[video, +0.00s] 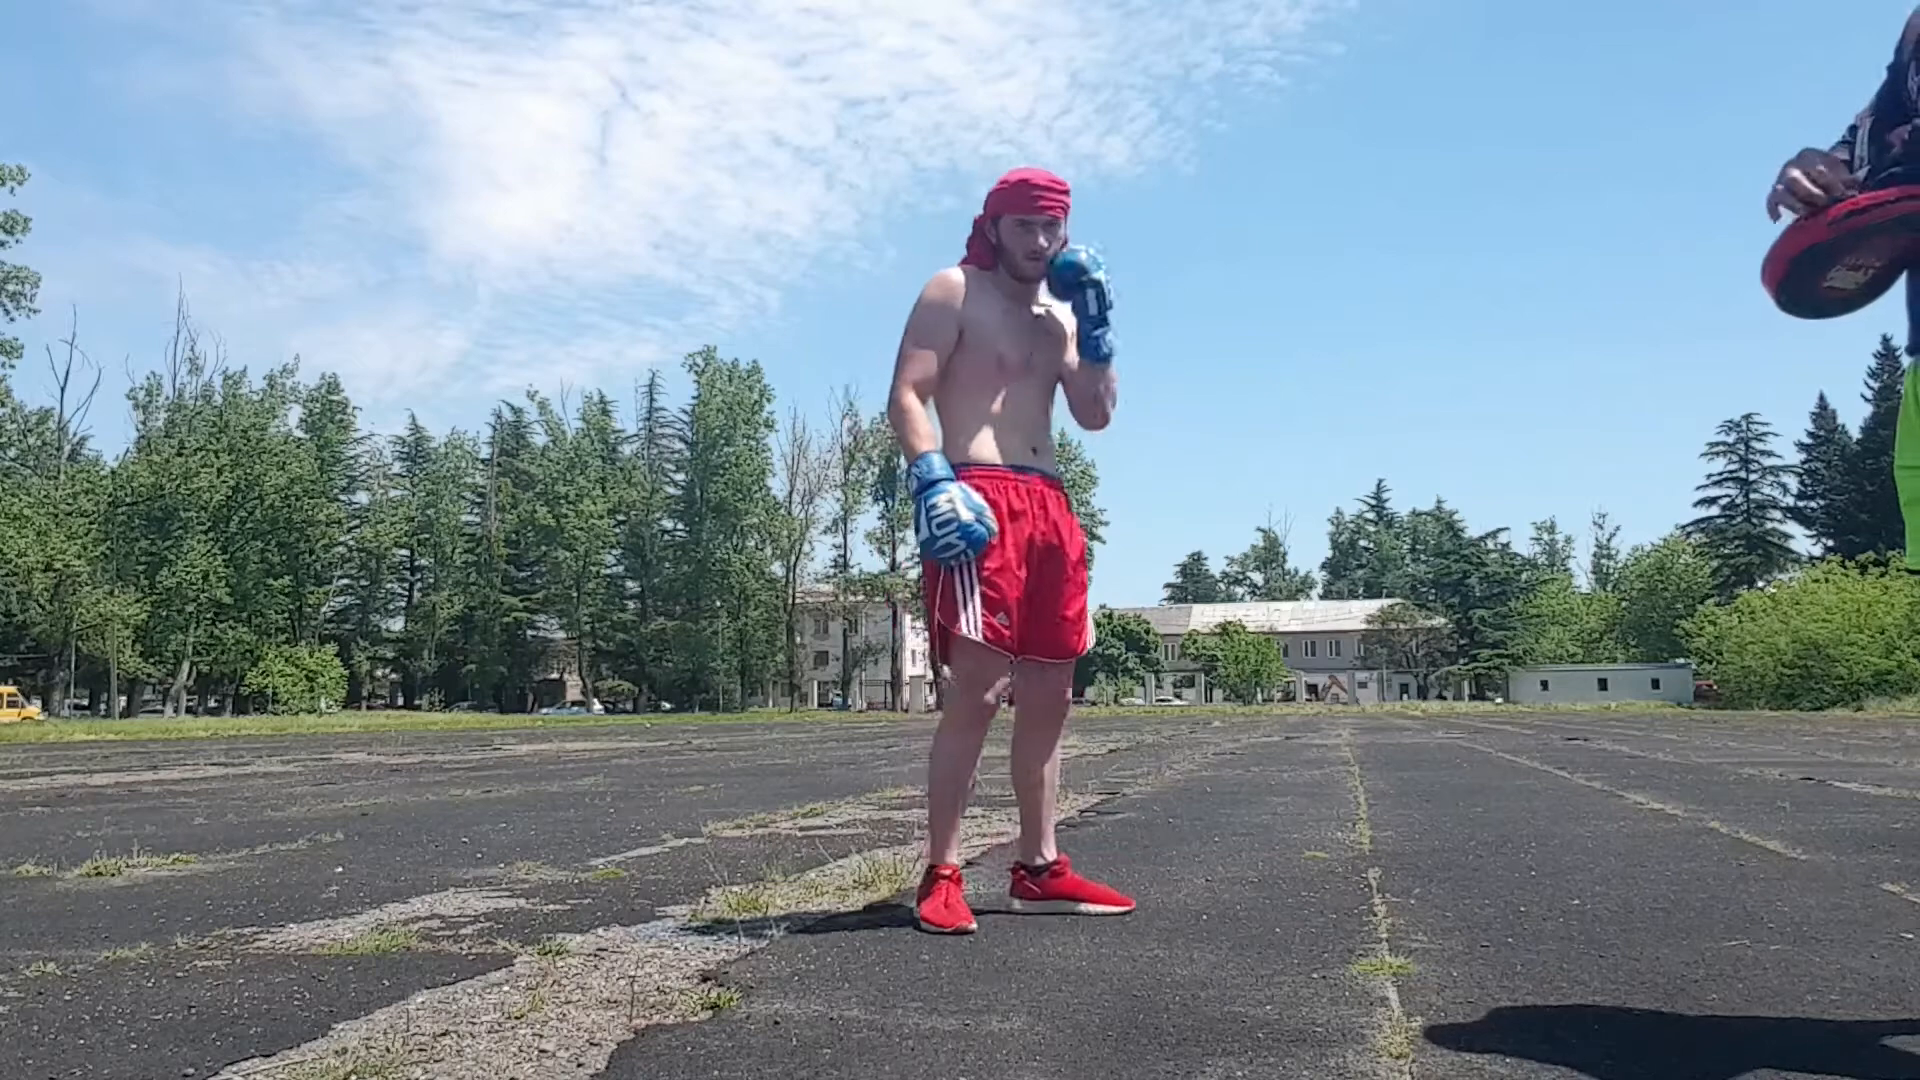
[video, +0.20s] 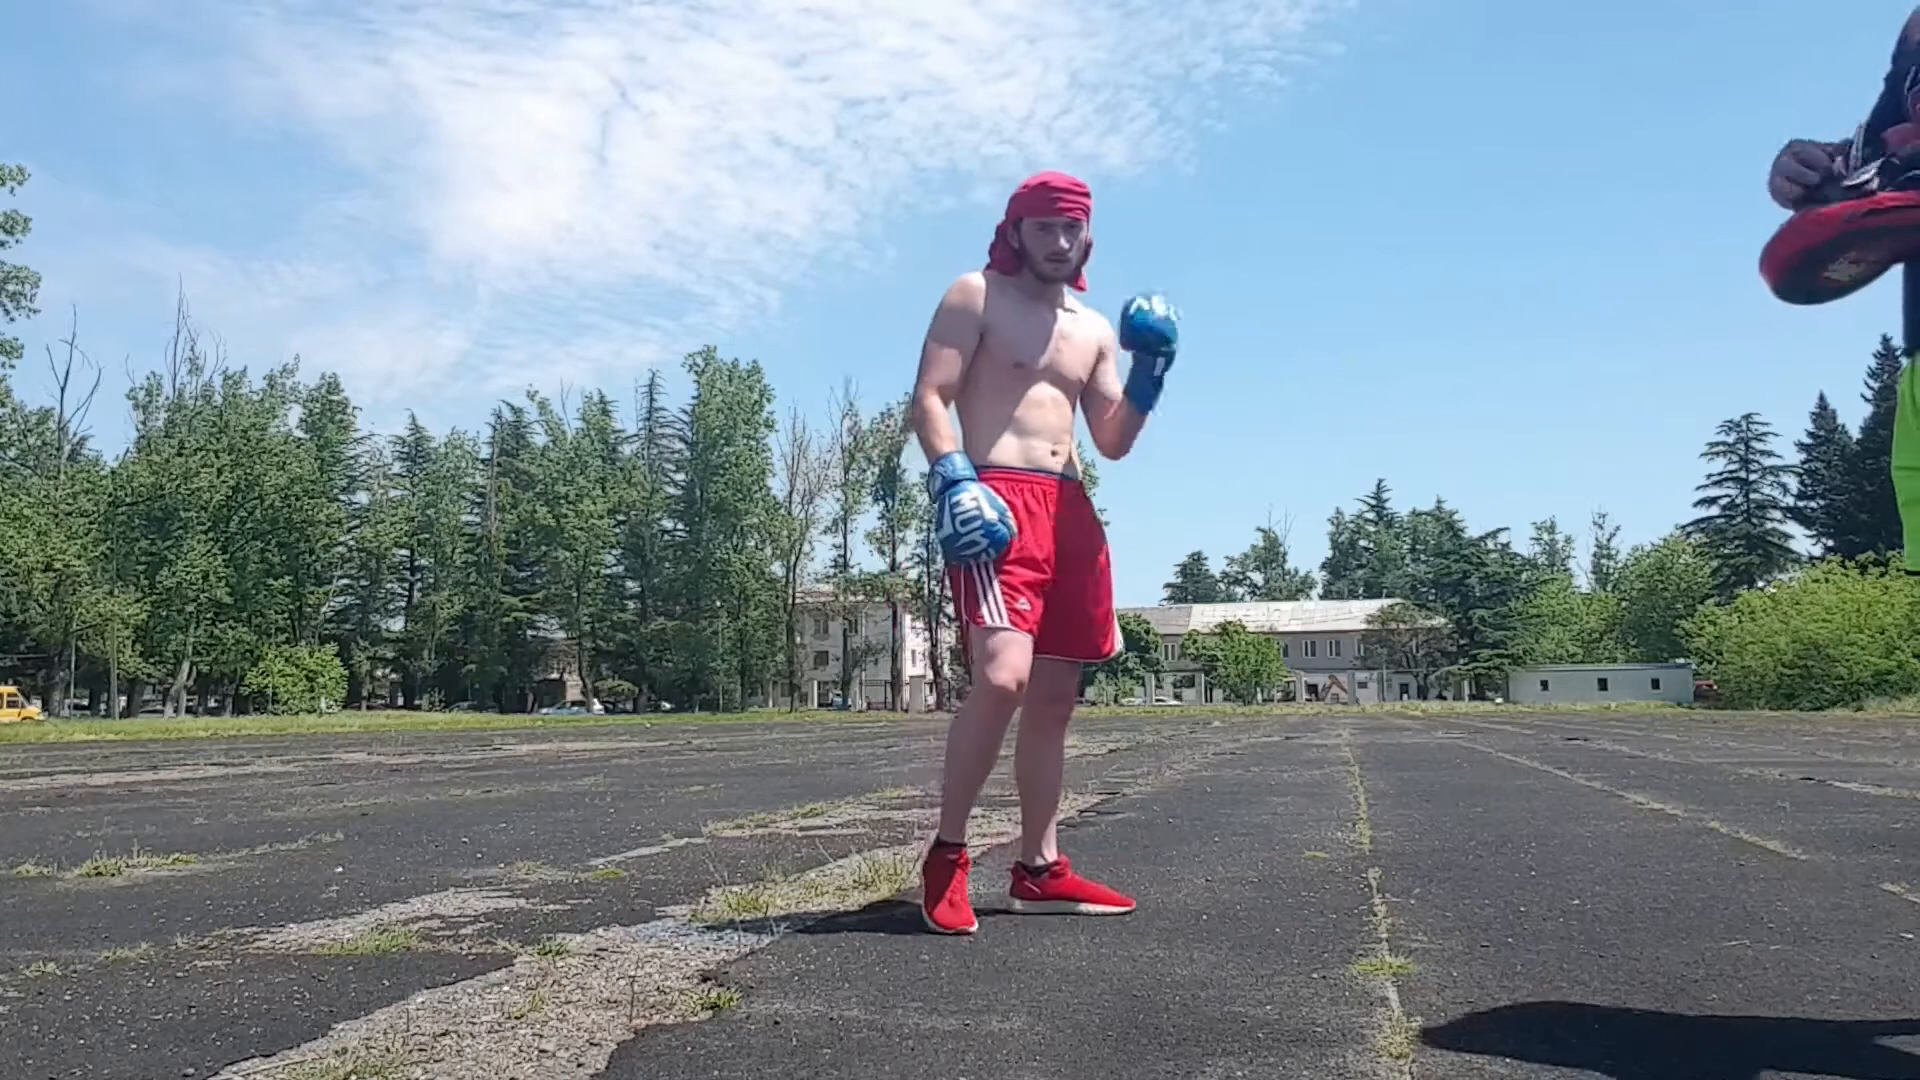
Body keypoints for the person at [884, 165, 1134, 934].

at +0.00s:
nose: (1043, 239)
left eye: (1053, 227)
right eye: (1028, 225)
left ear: (1064, 235)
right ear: (992, 228)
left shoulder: (1060, 316)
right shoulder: (954, 291)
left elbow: (1094, 414)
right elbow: (908, 395)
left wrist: (1095, 323)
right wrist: (932, 481)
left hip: (1048, 511)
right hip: (976, 505)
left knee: (1048, 692)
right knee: (977, 691)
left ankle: (1039, 865)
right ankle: (942, 871)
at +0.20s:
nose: (1062, 239)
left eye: (1074, 227)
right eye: (1047, 226)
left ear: (1089, 238)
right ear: (1016, 233)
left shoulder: (1095, 329)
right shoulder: (977, 294)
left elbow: (1115, 439)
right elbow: (932, 396)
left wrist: (1151, 367)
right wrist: (956, 482)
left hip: (1067, 509)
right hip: (993, 497)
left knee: (1056, 694)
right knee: (1004, 679)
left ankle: (1039, 864)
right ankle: (947, 858)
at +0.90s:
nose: (1029, 209)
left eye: (1044, 199)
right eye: (1013, 195)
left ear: (1057, 214)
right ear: (982, 203)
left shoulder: (1056, 310)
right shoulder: (952, 271)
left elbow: (1065, 429)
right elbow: (908, 381)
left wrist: (1122, 367)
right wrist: (935, 488)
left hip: (1032, 501)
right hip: (963, 494)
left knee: (1046, 694)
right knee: (960, 690)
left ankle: (1041, 863)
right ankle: (961, 888)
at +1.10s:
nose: (1037, 212)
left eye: (1043, 199)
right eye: (1020, 198)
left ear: (1049, 207)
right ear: (979, 203)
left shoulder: (1036, 293)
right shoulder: (939, 267)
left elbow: (1075, 393)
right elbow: (897, 379)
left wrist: (1075, 301)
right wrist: (926, 481)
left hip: (1017, 501)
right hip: (949, 497)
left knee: (1027, 688)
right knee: (956, 689)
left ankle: (1024, 859)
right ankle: (961, 885)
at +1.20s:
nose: (1018, 214)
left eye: (1027, 201)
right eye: (1002, 202)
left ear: (1033, 206)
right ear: (961, 205)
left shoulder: (1029, 293)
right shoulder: (926, 268)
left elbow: (1068, 392)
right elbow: (888, 382)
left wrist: (1096, 302)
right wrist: (922, 482)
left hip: (1012, 495)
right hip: (944, 491)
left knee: (1021, 689)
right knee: (956, 689)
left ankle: (982, 856)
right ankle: (958, 885)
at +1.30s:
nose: (1029, 218)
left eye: (1034, 204)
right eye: (1013, 206)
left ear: (1036, 209)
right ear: (969, 207)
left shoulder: (1023, 295)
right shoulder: (926, 269)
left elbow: (1065, 392)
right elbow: (887, 383)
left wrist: (1069, 297)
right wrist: (912, 489)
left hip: (1013, 500)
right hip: (946, 495)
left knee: (1014, 687)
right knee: (954, 685)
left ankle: (955, 847)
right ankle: (958, 882)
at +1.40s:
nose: (1023, 215)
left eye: (1026, 202)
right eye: (1006, 202)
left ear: (1026, 210)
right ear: (963, 208)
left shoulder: (1019, 300)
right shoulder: (924, 270)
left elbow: (1057, 401)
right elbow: (885, 384)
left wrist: (1074, 309)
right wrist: (911, 492)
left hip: (1015, 497)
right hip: (950, 491)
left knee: (1010, 688)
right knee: (957, 686)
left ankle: (942, 857)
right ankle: (961, 884)